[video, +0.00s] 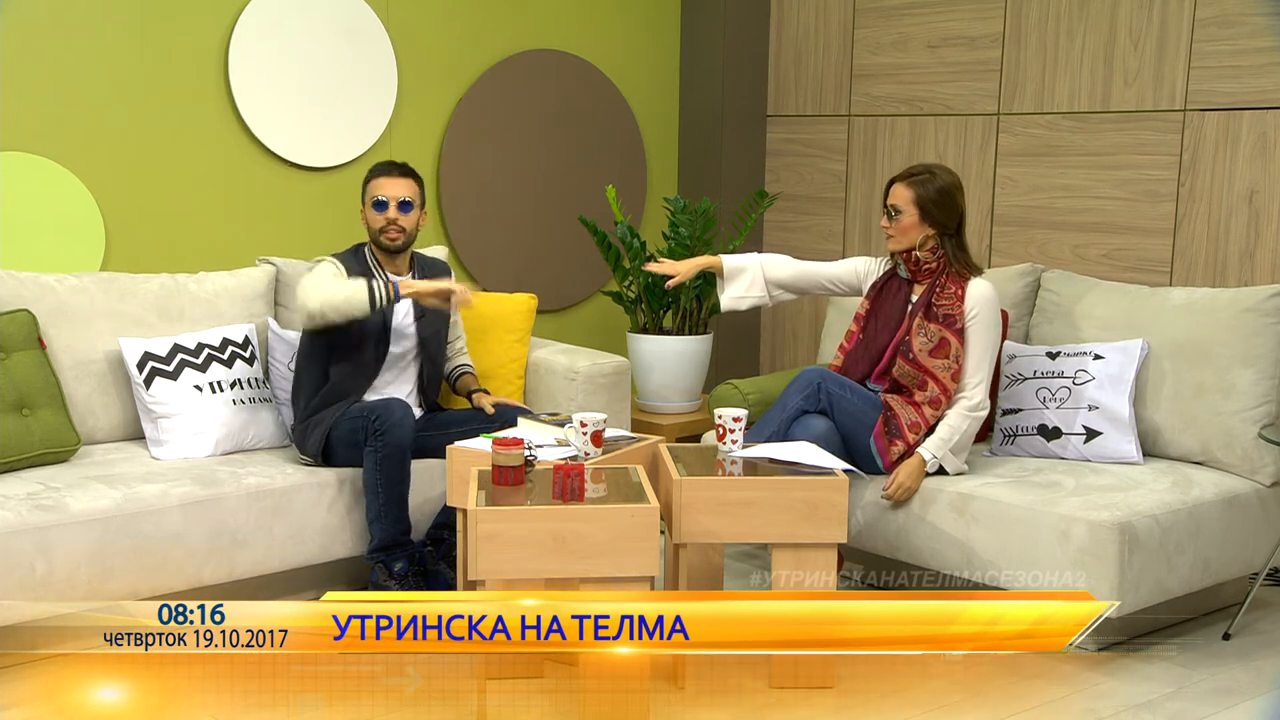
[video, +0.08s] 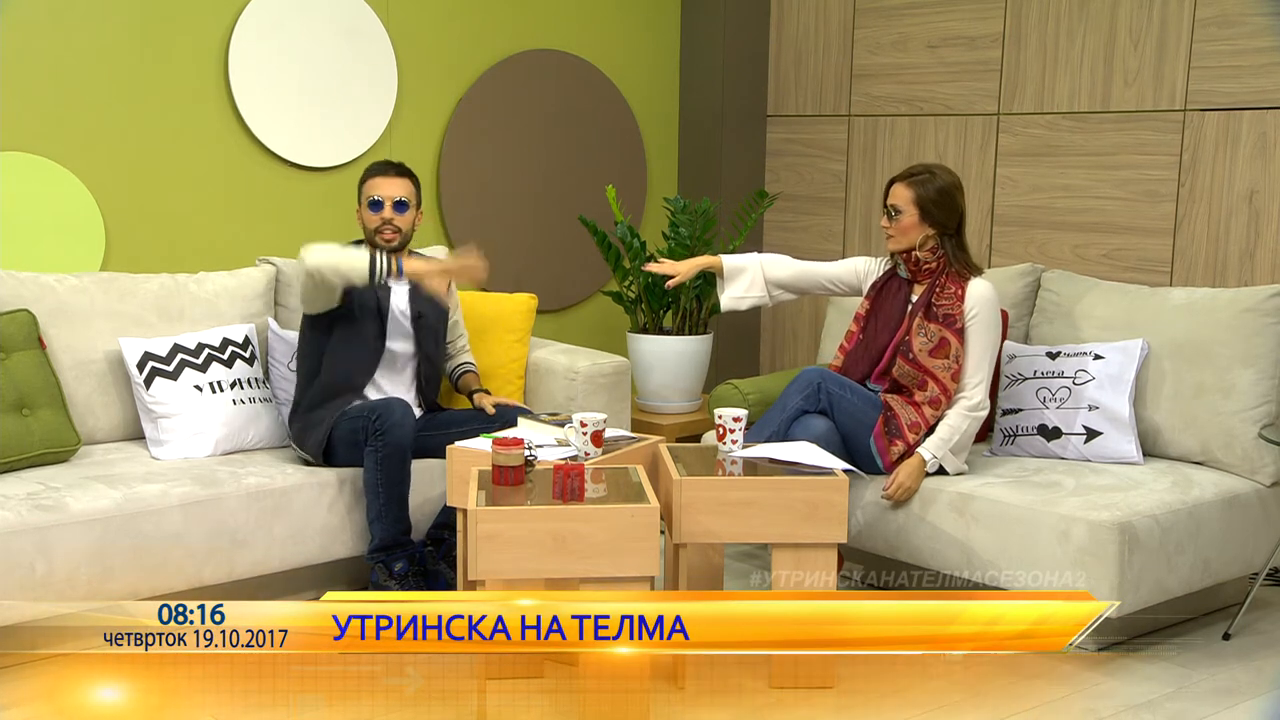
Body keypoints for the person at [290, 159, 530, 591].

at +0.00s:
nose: (392, 216)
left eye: (405, 206)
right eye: (380, 205)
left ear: (421, 219)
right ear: (363, 215)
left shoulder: (436, 273)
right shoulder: (339, 269)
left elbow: (454, 355)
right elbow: (309, 302)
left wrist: (476, 393)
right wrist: (408, 289)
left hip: (415, 421)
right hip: (334, 424)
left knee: (513, 422)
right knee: (394, 413)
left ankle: (439, 550)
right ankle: (392, 562)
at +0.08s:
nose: (387, 215)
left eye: (401, 206)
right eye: (375, 205)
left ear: (418, 218)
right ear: (359, 215)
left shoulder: (435, 273)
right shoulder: (333, 263)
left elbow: (456, 352)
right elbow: (315, 260)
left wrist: (477, 392)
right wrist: (415, 268)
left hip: (415, 421)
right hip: (333, 423)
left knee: (514, 422)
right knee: (395, 412)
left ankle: (441, 549)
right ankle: (391, 561)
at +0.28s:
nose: (386, 214)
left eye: (398, 204)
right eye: (374, 203)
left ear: (416, 215)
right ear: (354, 213)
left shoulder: (436, 273)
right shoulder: (334, 270)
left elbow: (457, 346)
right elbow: (321, 221)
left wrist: (477, 388)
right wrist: (318, 133)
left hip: (414, 423)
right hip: (338, 426)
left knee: (514, 424)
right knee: (397, 415)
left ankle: (440, 550)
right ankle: (392, 563)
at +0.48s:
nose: (388, 217)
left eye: (399, 206)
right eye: (375, 206)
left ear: (415, 216)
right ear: (357, 213)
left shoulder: (435, 276)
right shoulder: (328, 265)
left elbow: (474, 344)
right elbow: (296, 216)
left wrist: (518, 377)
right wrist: (261, 140)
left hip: (414, 420)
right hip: (337, 425)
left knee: (520, 423)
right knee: (391, 413)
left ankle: (438, 554)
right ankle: (392, 565)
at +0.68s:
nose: (393, 220)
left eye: (401, 209)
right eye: (379, 210)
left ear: (414, 215)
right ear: (354, 217)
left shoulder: (437, 273)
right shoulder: (324, 264)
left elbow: (502, 321)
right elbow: (287, 226)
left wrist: (594, 335)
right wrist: (244, 155)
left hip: (415, 419)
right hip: (333, 423)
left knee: (519, 425)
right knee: (388, 415)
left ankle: (440, 551)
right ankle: (390, 563)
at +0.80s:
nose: (392, 223)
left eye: (400, 211)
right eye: (378, 213)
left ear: (412, 214)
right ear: (352, 220)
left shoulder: (436, 273)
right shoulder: (321, 265)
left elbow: (509, 314)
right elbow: (280, 228)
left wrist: (608, 318)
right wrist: (237, 161)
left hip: (413, 420)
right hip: (331, 425)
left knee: (521, 422)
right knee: (386, 414)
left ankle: (438, 552)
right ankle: (390, 559)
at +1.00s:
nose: (393, 222)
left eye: (400, 210)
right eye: (378, 212)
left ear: (412, 213)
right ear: (351, 219)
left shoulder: (438, 272)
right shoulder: (323, 266)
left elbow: (515, 306)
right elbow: (277, 235)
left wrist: (617, 301)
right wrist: (231, 172)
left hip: (416, 421)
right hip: (333, 426)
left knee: (522, 425)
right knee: (390, 415)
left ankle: (440, 551)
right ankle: (391, 566)